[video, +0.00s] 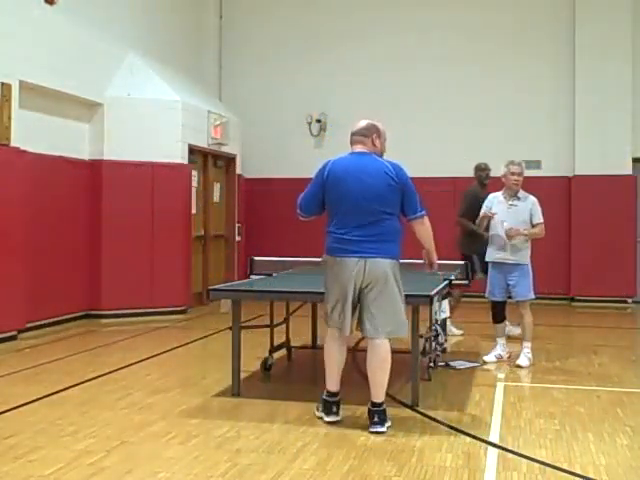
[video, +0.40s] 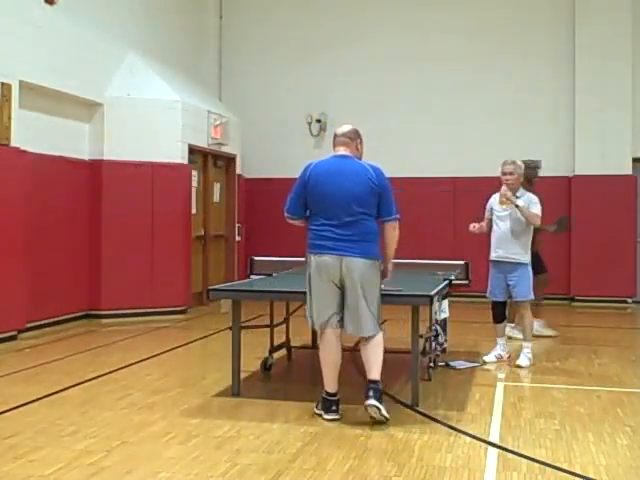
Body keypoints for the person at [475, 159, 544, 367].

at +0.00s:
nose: (516, 178)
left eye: (519, 175)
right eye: (512, 174)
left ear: (523, 178)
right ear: (503, 177)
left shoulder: (531, 202)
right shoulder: (492, 199)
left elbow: (540, 231)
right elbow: (480, 228)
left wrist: (521, 232)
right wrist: (485, 218)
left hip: (520, 261)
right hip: (496, 260)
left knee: (523, 305)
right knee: (497, 305)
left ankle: (526, 349)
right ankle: (501, 347)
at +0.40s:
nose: (507, 178)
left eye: (512, 174)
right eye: (504, 174)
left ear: (521, 176)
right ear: (500, 177)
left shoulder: (530, 199)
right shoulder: (494, 200)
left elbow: (536, 221)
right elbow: (487, 224)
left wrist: (514, 202)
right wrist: (479, 227)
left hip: (520, 260)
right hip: (497, 259)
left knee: (523, 304)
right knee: (497, 304)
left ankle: (526, 349)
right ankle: (501, 347)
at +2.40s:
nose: (501, 187)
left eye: (505, 183)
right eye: (499, 183)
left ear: (517, 180)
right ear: (497, 183)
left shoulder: (531, 201)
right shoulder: (495, 198)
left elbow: (537, 229)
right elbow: (483, 223)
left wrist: (513, 227)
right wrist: (483, 219)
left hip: (520, 261)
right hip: (497, 260)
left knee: (523, 305)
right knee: (497, 304)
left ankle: (527, 350)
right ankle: (501, 347)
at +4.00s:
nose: (480, 200)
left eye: (483, 195)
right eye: (478, 196)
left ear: (494, 190)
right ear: (477, 193)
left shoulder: (511, 205)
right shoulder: (476, 206)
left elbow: (520, 236)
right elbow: (471, 231)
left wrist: (504, 257)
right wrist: (475, 249)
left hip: (508, 263)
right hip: (487, 263)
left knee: (506, 305)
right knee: (490, 306)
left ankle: (508, 350)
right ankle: (499, 346)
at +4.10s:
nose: (476, 209)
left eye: (479, 206)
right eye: (474, 206)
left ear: (490, 200)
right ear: (473, 203)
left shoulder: (509, 212)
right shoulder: (474, 213)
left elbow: (518, 244)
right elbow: (472, 240)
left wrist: (504, 269)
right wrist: (473, 261)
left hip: (510, 263)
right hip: (489, 264)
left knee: (506, 305)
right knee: (489, 306)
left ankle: (506, 352)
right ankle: (499, 346)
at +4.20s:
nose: (471, 223)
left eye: (474, 220)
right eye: (470, 220)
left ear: (485, 214)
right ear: (469, 216)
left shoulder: (507, 222)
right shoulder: (471, 227)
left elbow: (519, 251)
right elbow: (470, 254)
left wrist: (507, 280)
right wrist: (469, 282)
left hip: (514, 267)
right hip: (492, 268)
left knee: (504, 306)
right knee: (488, 309)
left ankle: (506, 352)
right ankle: (500, 346)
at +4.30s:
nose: (470, 239)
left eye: (472, 235)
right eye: (468, 236)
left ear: (483, 229)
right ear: (466, 233)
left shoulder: (505, 232)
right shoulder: (469, 242)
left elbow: (522, 257)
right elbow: (467, 271)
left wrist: (509, 286)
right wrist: (464, 296)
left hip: (517, 271)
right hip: (495, 273)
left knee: (504, 307)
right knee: (488, 310)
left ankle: (506, 352)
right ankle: (499, 347)